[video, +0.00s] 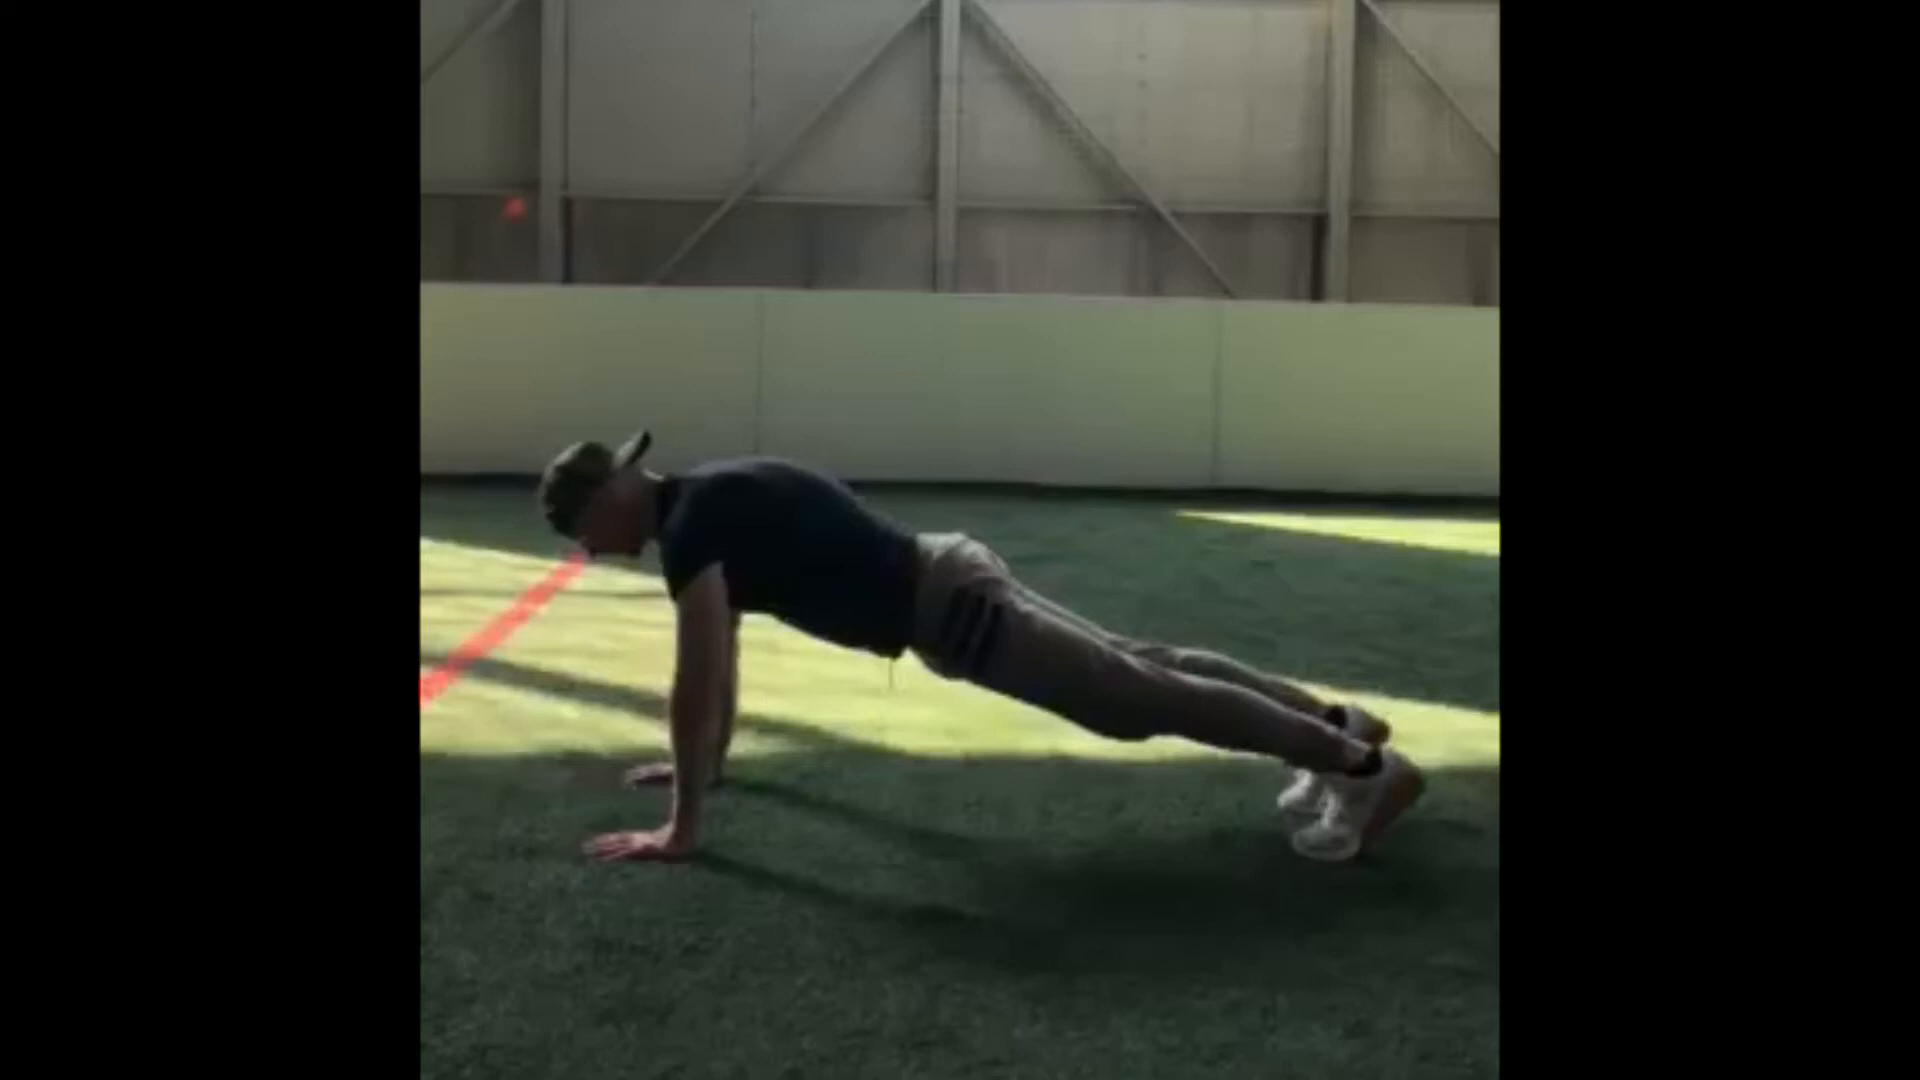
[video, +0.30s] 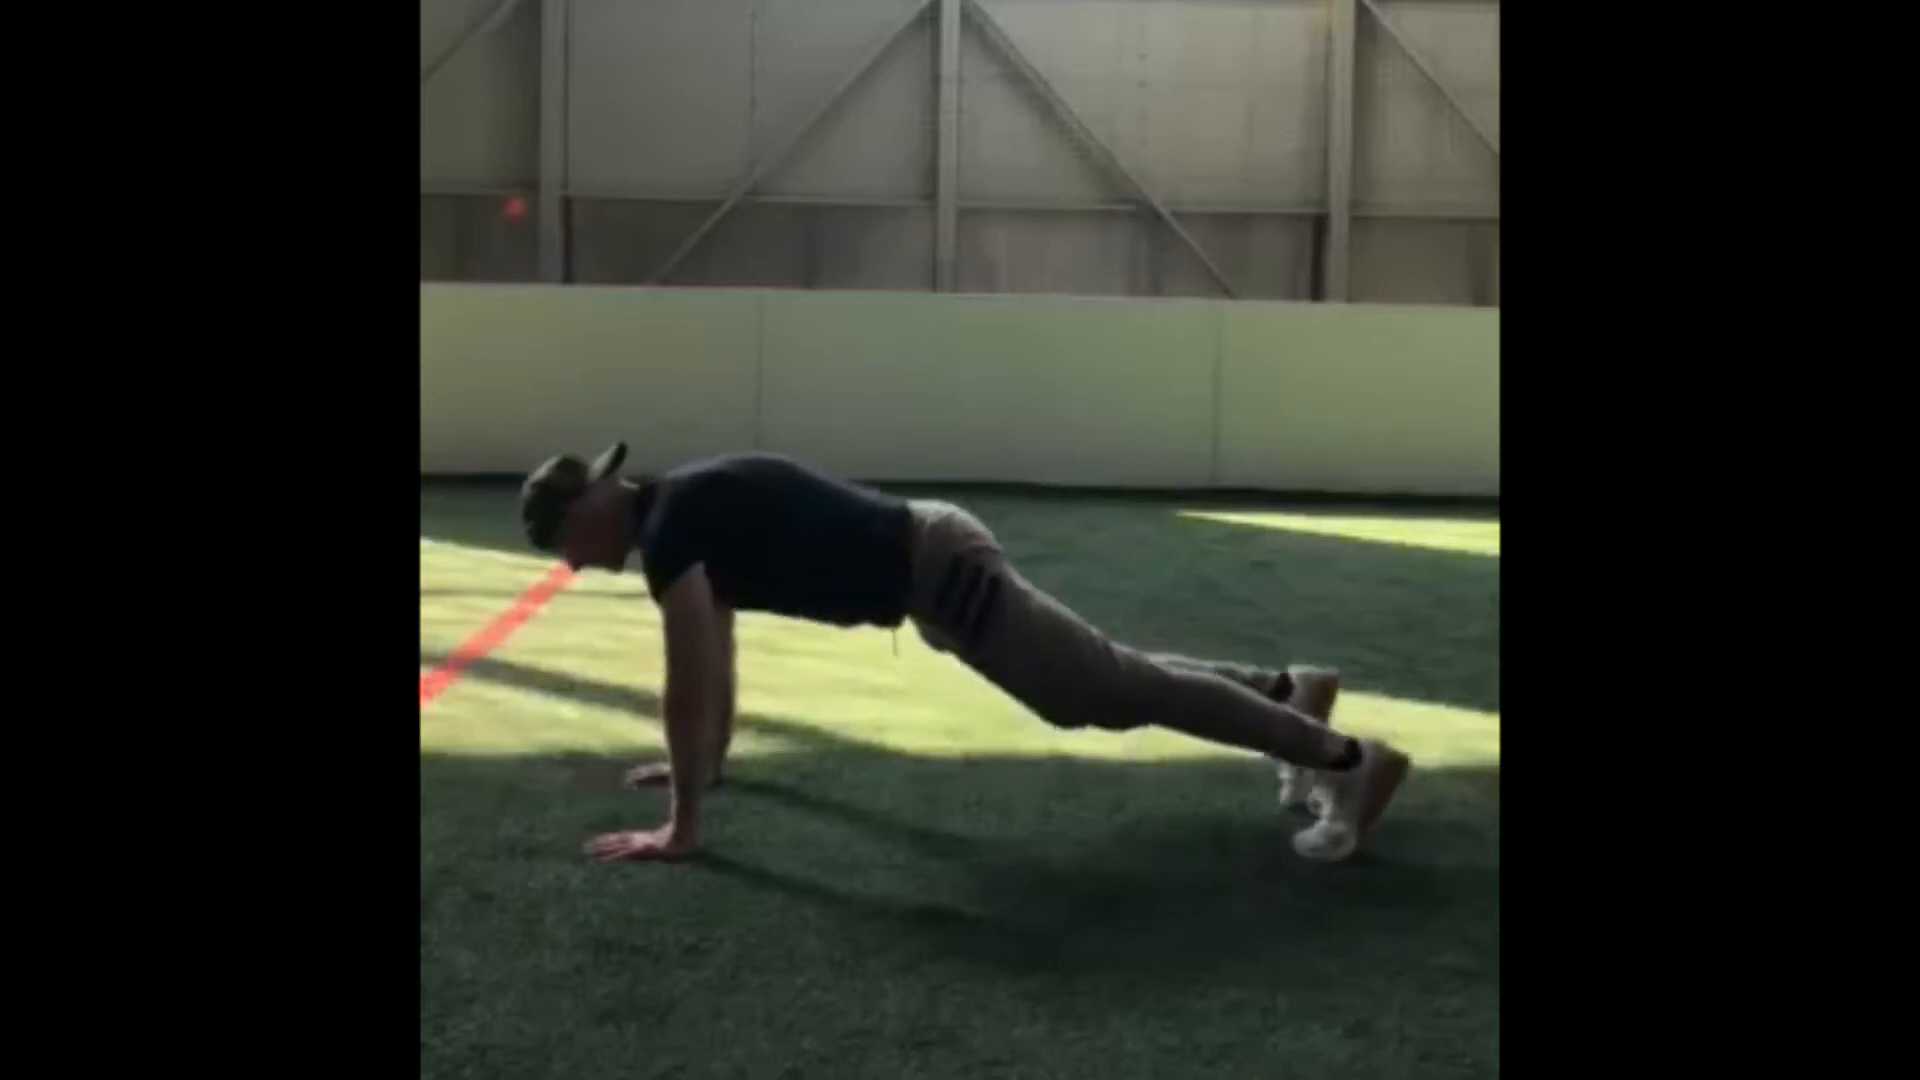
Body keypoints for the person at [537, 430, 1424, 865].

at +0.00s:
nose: (601, 556)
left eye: (594, 538)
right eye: (589, 545)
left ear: (617, 497)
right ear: (625, 489)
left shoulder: (691, 524)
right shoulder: (707, 503)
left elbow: (698, 686)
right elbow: (718, 675)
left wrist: (681, 826)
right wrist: (693, 773)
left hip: (952, 612)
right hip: (959, 580)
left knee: (1141, 707)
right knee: (1141, 668)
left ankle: (1366, 771)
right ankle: (1336, 727)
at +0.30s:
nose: (583, 568)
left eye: (576, 550)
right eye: (571, 557)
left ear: (598, 506)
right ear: (605, 500)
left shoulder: (670, 530)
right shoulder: (684, 512)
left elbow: (693, 684)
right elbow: (712, 672)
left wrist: (682, 823)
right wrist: (693, 769)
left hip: (944, 572)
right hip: (937, 559)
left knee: (1111, 691)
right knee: (1100, 680)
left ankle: (1348, 765)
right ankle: (1287, 698)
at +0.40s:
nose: (576, 569)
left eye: (569, 551)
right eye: (564, 558)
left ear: (593, 506)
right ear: (601, 502)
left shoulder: (662, 532)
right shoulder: (683, 519)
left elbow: (686, 692)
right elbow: (715, 676)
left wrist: (681, 827)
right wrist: (691, 770)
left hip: (934, 529)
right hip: (917, 538)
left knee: (1116, 669)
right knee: (947, 683)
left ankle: (1336, 755)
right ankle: (1142, 661)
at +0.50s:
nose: (581, 567)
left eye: (573, 551)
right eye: (569, 556)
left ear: (594, 509)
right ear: (605, 494)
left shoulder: (660, 534)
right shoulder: (688, 506)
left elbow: (682, 693)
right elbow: (719, 667)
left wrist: (680, 830)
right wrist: (696, 765)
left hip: (922, 525)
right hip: (909, 490)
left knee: (1108, 657)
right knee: (818, 593)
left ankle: (1332, 753)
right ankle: (986, 679)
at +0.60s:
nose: (583, 564)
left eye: (576, 549)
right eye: (573, 552)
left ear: (592, 509)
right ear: (607, 488)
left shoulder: (658, 533)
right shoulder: (693, 492)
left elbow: (679, 693)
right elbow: (712, 661)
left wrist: (680, 829)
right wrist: (686, 770)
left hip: (913, 554)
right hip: (912, 495)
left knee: (1096, 683)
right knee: (751, 543)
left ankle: (1324, 756)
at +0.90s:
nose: (587, 564)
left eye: (579, 550)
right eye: (576, 552)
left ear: (594, 510)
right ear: (610, 487)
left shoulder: (660, 532)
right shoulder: (697, 494)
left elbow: (679, 691)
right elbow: (716, 657)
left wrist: (678, 830)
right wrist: (705, 763)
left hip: (916, 550)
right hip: (913, 499)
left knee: (1092, 689)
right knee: (761, 572)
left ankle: (1326, 755)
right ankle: (895, 715)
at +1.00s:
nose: (583, 563)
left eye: (575, 549)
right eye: (572, 551)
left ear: (591, 509)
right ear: (605, 488)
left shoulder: (659, 531)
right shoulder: (685, 499)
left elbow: (678, 690)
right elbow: (712, 654)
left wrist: (678, 828)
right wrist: (707, 757)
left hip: (924, 527)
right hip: (900, 509)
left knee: (1110, 666)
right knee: (860, 661)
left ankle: (1330, 754)